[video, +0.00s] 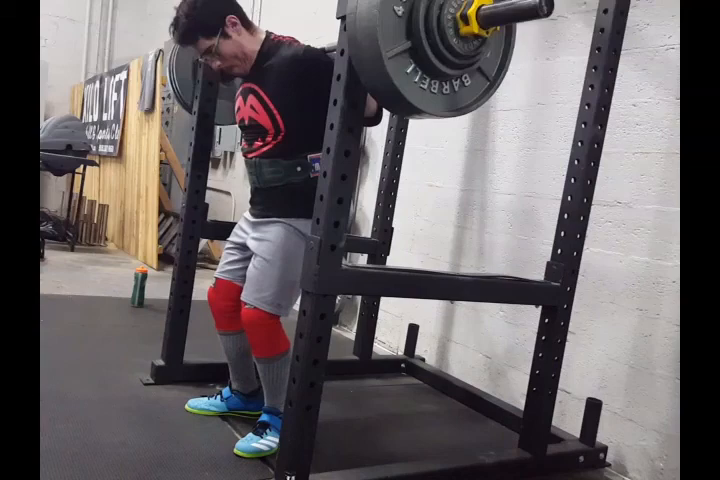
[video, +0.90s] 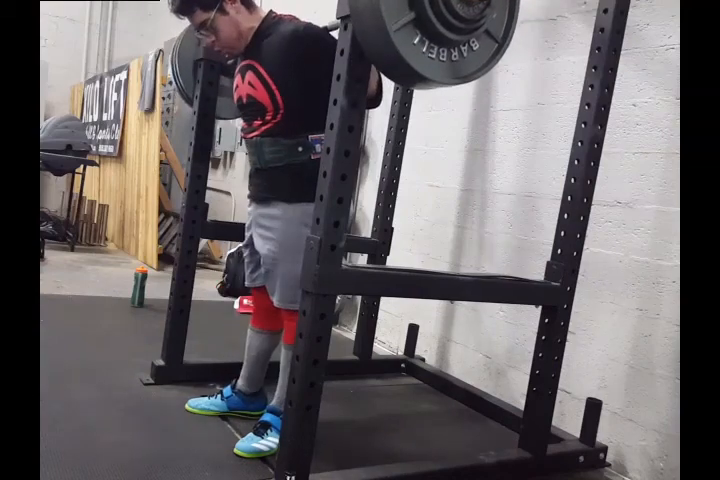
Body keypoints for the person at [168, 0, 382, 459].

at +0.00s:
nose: (215, 67)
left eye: (212, 54)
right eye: (206, 61)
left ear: (234, 26)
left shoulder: (304, 63)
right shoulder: (248, 75)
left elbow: (370, 107)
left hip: (294, 223)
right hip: (257, 217)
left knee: (259, 314)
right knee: (224, 300)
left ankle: (279, 421)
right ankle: (245, 394)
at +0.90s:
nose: (210, 43)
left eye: (209, 28)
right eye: (202, 35)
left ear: (234, 7)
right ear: (233, 11)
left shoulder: (299, 40)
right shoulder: (246, 58)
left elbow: (370, 91)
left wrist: (358, 32)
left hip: (302, 207)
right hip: (265, 204)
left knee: (295, 312)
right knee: (263, 303)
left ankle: (283, 418)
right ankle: (247, 392)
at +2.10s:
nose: (214, 32)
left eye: (214, 17)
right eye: (207, 23)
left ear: (242, 3)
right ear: (240, 8)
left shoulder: (306, 40)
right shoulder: (256, 53)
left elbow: (376, 94)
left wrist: (363, 39)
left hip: (302, 209)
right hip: (266, 206)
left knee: (296, 314)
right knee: (260, 302)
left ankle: (283, 418)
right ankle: (244, 391)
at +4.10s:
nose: (296, 55)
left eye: (300, 43)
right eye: (291, 46)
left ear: (331, 29)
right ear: (321, 34)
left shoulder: (391, 70)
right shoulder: (332, 78)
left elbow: (448, 127)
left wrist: (444, 80)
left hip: (390, 214)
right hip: (341, 211)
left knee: (389, 315)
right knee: (332, 301)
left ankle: (376, 425)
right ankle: (318, 378)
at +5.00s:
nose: (293, 53)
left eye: (298, 42)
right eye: (288, 44)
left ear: (330, 31)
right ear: (321, 36)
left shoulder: (390, 78)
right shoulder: (330, 83)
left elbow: (445, 129)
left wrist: (437, 85)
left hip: (389, 217)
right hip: (341, 213)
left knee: (388, 314)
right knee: (335, 301)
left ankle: (377, 424)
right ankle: (318, 379)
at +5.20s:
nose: (296, 45)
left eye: (302, 34)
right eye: (293, 36)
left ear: (335, 27)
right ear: (325, 30)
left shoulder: (388, 79)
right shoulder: (333, 82)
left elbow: (440, 134)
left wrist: (435, 88)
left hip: (384, 217)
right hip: (339, 213)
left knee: (384, 313)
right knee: (334, 303)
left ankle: (377, 423)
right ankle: (318, 379)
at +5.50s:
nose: (300, 30)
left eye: (308, 20)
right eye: (301, 21)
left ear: (340, 22)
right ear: (328, 25)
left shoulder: (388, 76)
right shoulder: (329, 80)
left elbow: (434, 135)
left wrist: (429, 86)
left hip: (379, 213)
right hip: (333, 210)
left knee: (378, 310)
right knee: (329, 299)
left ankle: (375, 423)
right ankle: (318, 379)